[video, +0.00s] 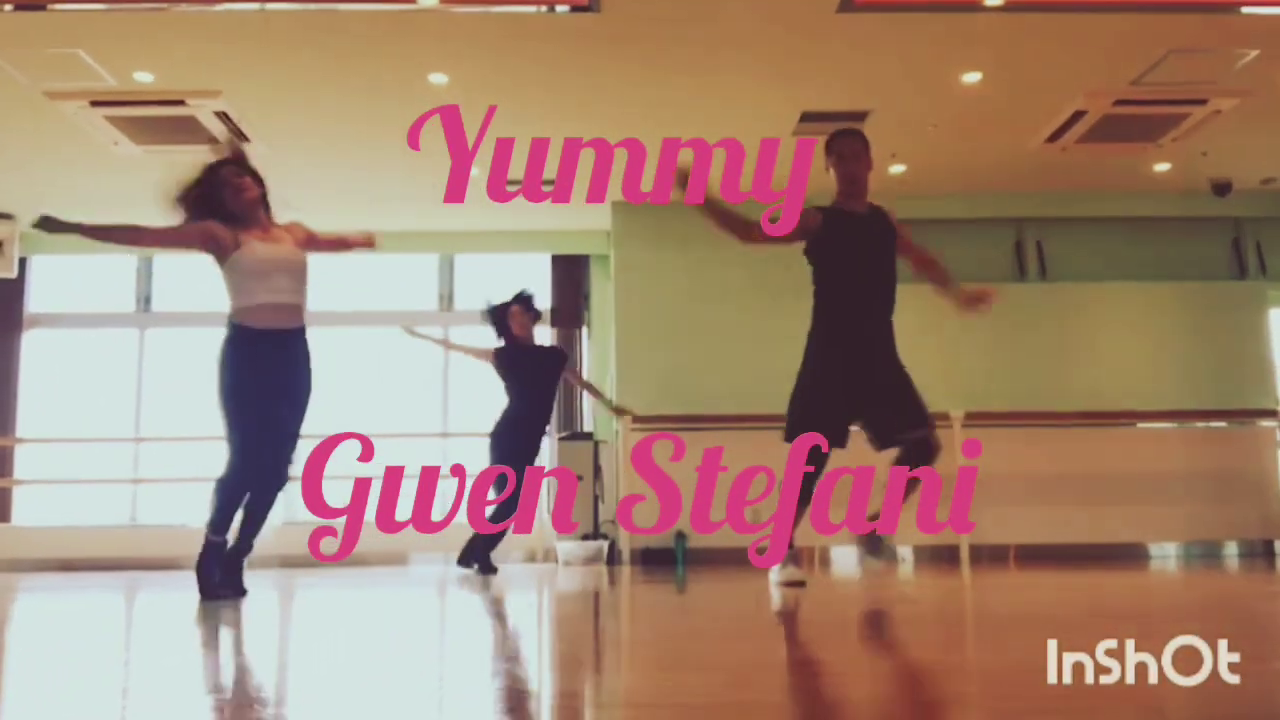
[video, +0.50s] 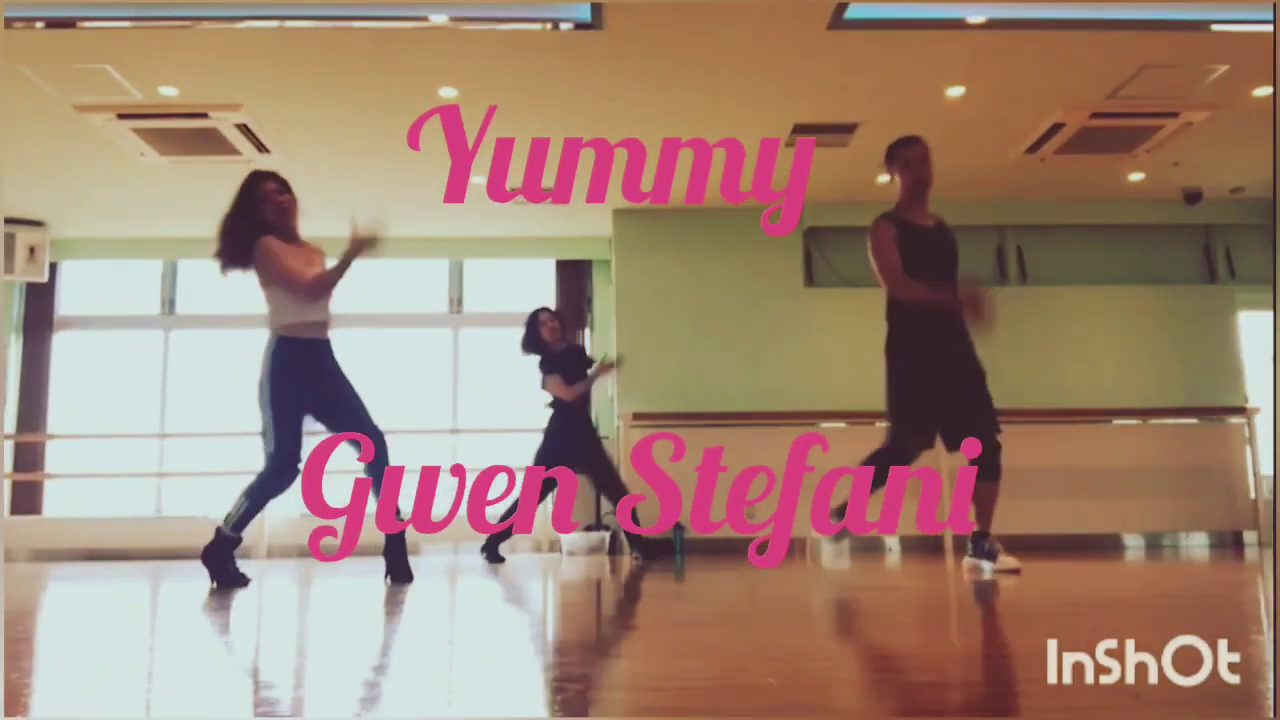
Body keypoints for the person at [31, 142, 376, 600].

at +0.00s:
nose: (244, 183)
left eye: (245, 175)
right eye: (231, 183)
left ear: (260, 183)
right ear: (220, 202)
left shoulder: (292, 234)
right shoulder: (220, 235)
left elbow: (330, 242)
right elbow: (145, 236)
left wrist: (362, 240)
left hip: (292, 353)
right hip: (247, 352)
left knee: (276, 467)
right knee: (246, 460)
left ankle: (237, 559)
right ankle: (212, 551)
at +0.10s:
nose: (240, 183)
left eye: (242, 176)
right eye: (228, 180)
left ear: (252, 183)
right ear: (212, 197)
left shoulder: (285, 231)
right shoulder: (217, 232)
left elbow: (311, 259)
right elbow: (182, 244)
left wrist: (321, 262)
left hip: (289, 348)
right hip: (244, 350)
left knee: (312, 450)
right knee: (248, 461)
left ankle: (285, 535)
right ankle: (209, 551)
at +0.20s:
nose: (242, 181)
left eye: (243, 173)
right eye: (230, 177)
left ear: (253, 180)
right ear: (212, 194)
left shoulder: (281, 233)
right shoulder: (218, 232)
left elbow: (288, 287)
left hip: (291, 350)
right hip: (248, 352)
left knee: (341, 441)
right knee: (251, 460)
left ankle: (340, 539)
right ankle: (210, 550)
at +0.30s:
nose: (249, 190)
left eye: (251, 183)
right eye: (237, 187)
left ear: (260, 191)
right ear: (219, 203)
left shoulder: (281, 244)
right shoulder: (226, 241)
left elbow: (281, 300)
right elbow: (264, 292)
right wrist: (317, 311)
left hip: (296, 354)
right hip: (255, 358)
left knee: (353, 447)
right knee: (262, 465)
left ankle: (383, 540)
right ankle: (209, 550)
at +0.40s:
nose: (267, 200)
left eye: (267, 192)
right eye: (256, 197)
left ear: (276, 199)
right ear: (240, 212)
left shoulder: (294, 252)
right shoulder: (243, 249)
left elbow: (296, 303)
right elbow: (284, 295)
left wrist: (312, 306)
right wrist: (325, 294)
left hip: (305, 362)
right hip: (266, 365)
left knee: (361, 451)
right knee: (275, 472)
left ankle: (390, 547)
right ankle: (215, 549)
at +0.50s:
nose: (282, 198)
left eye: (284, 191)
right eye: (270, 196)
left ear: (294, 198)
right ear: (256, 210)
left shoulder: (310, 250)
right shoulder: (266, 248)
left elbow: (311, 303)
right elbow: (310, 289)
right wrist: (351, 254)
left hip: (320, 362)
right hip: (287, 363)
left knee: (373, 445)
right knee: (282, 468)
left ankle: (395, 545)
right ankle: (221, 546)